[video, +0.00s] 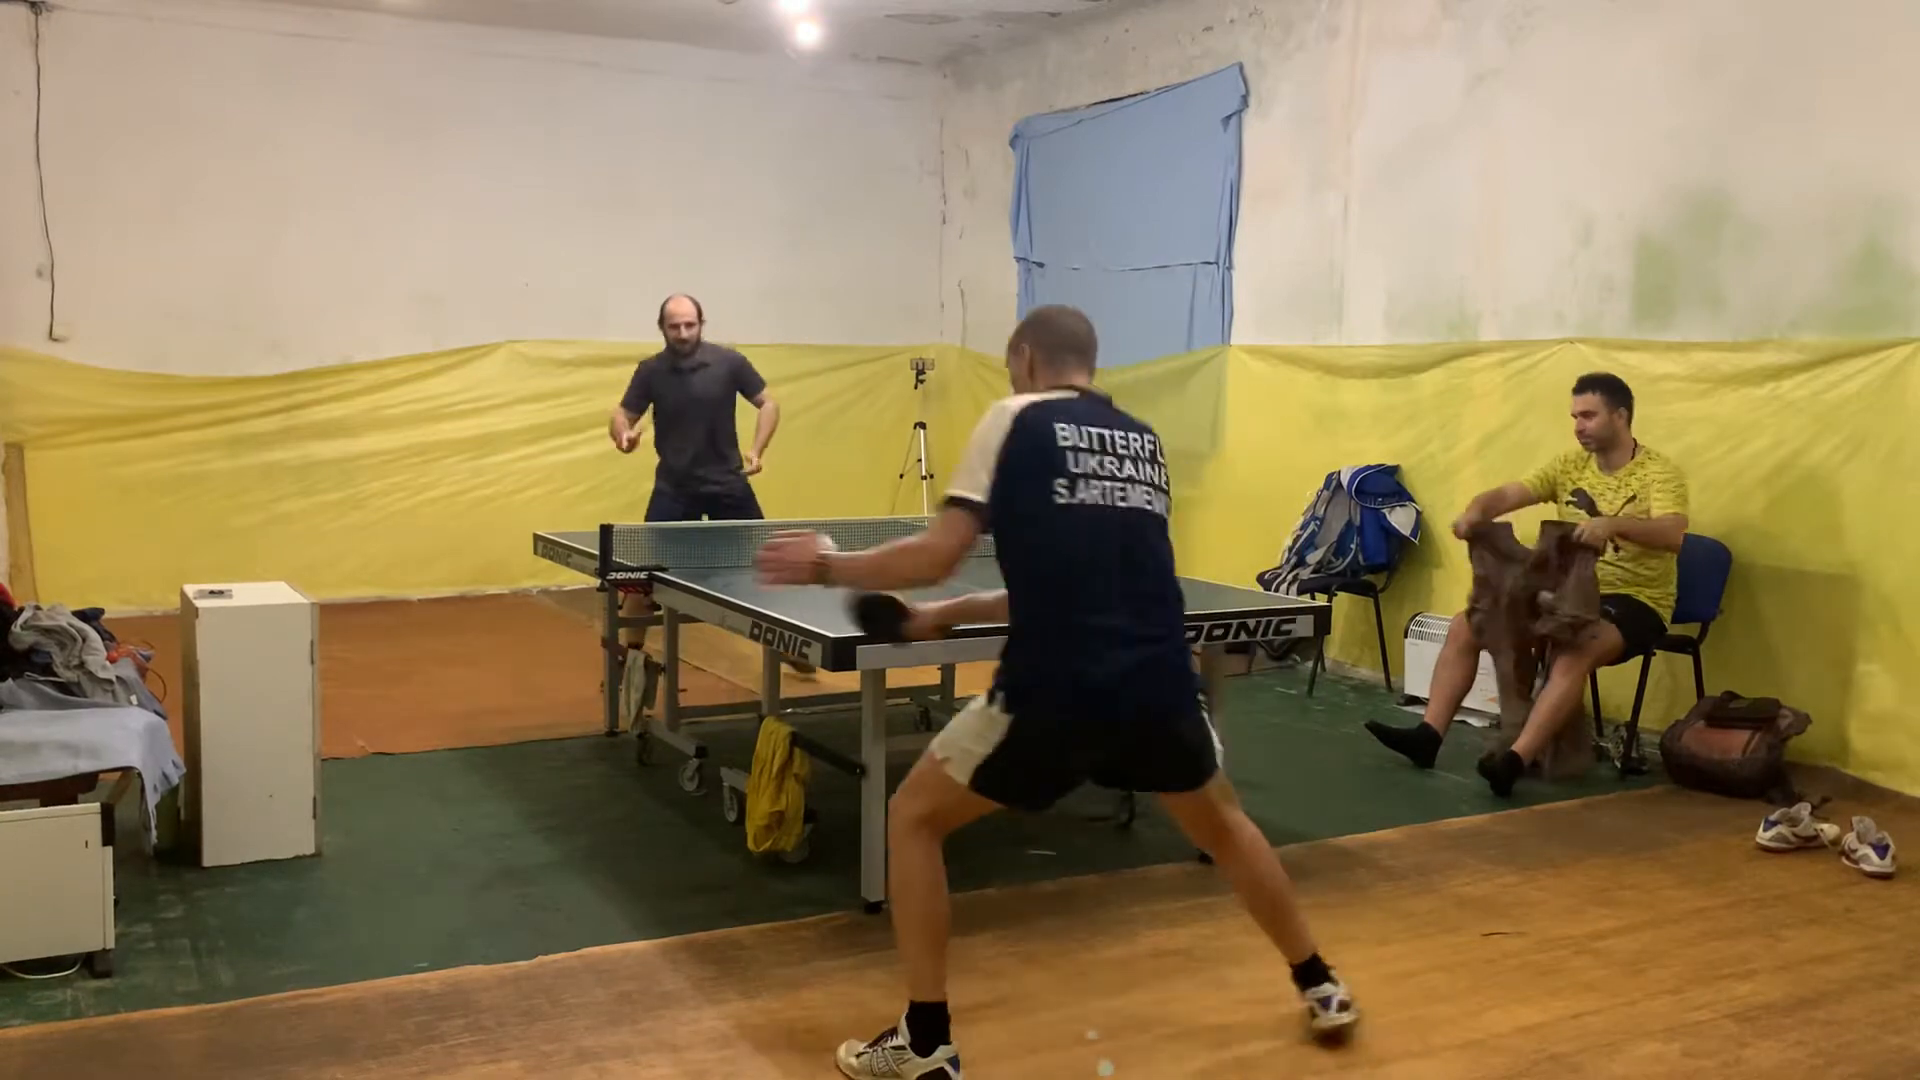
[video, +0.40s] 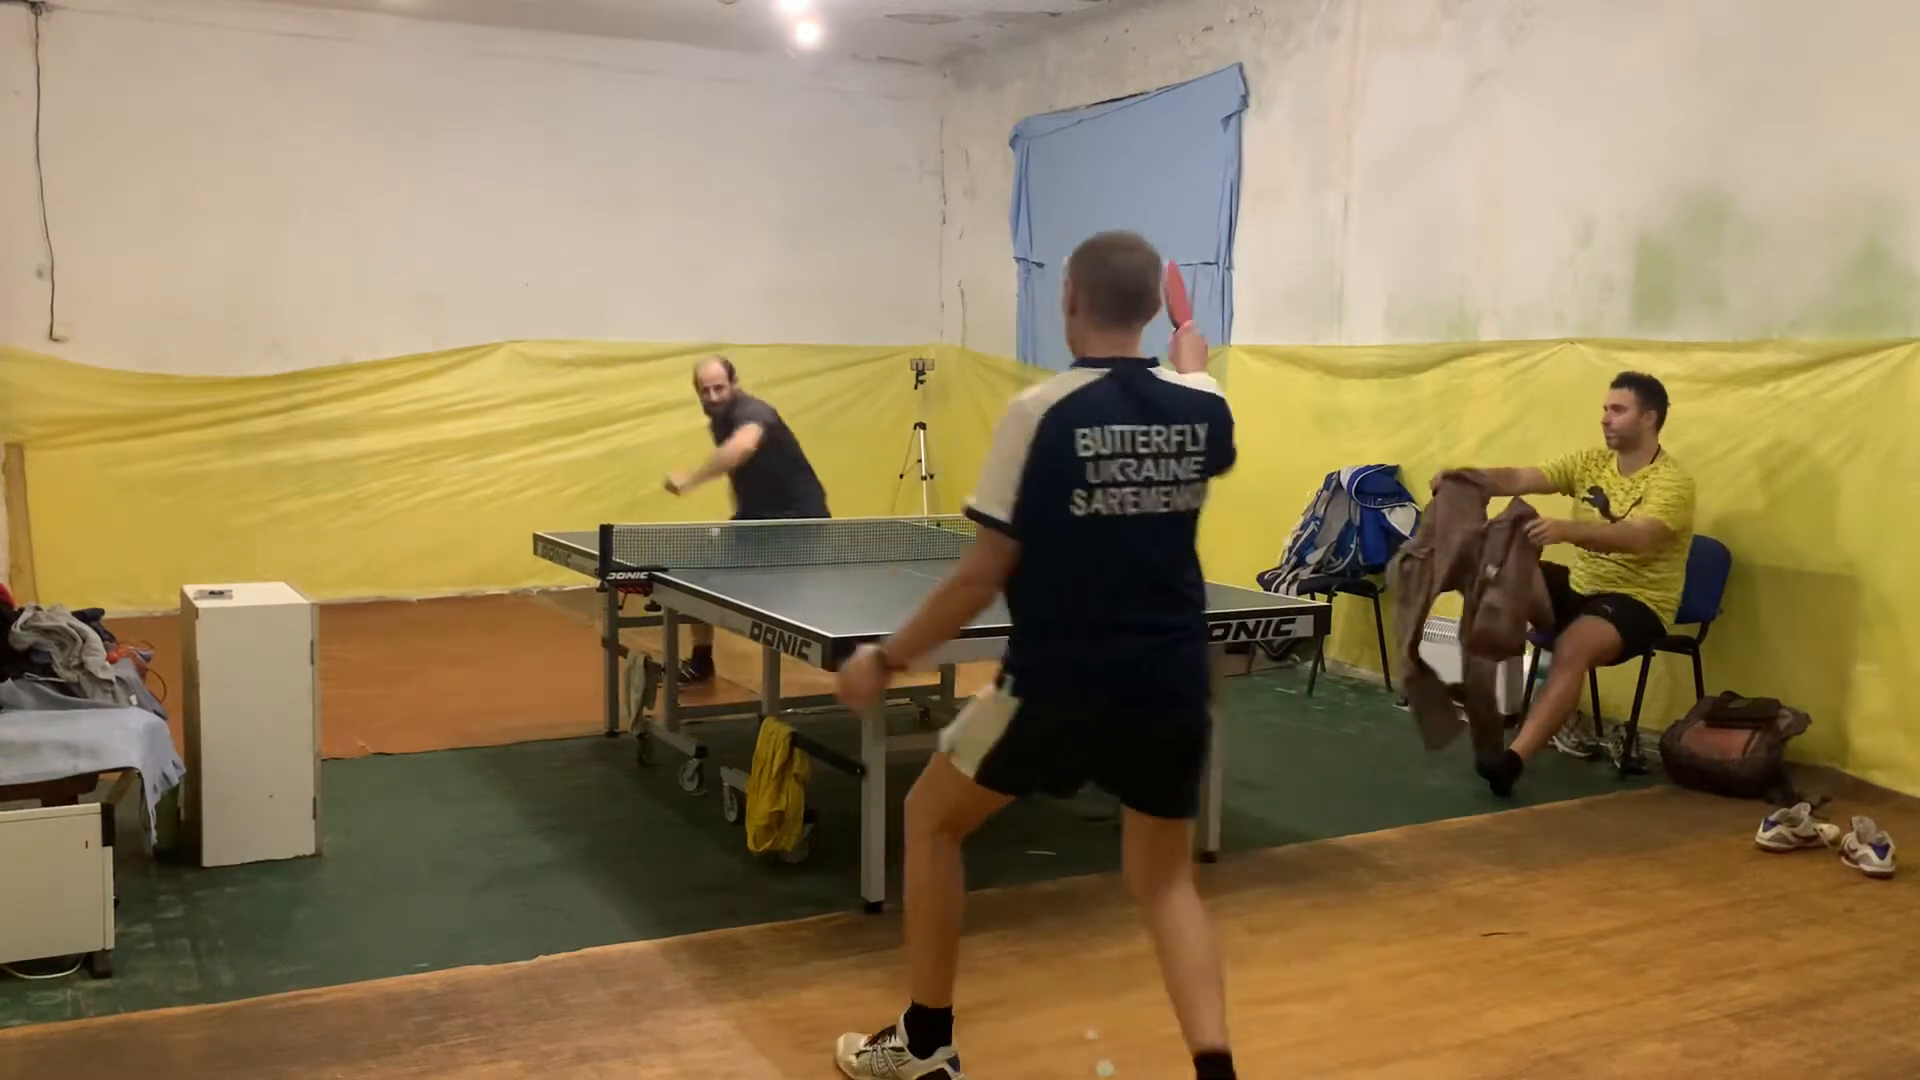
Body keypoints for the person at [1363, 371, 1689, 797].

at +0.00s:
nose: (1578, 426)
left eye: (1587, 416)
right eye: (1574, 416)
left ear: (1621, 416)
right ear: (1574, 417)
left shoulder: (1659, 473)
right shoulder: (1572, 466)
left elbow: (1674, 536)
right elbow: (1508, 496)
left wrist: (1613, 524)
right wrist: (1476, 510)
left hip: (1637, 600)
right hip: (1570, 592)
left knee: (1572, 653)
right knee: (1465, 625)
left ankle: (1514, 759)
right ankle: (1429, 734)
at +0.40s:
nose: (1605, 419)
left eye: (1617, 410)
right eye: (1605, 410)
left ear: (1651, 419)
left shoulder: (1672, 481)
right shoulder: (1592, 462)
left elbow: (1643, 537)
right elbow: (1522, 479)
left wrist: (1567, 531)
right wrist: (1468, 480)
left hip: (1638, 601)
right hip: (1578, 587)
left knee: (1572, 646)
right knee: (1495, 578)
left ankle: (1513, 761)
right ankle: (1476, 701)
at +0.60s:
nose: (1606, 420)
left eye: (1618, 412)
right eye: (1606, 411)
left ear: (1651, 422)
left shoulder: (1672, 483)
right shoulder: (1594, 466)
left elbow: (1638, 549)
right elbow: (1522, 499)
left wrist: (1560, 567)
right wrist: (1458, 522)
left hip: (1643, 602)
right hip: (1589, 588)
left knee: (1572, 645)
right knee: (1520, 524)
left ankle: (1513, 760)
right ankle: (1527, 633)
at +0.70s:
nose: (1606, 421)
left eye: (1617, 413)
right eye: (1605, 412)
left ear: (1651, 423)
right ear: (1605, 415)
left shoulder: (1671, 485)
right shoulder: (1597, 470)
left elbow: (1631, 561)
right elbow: (1529, 511)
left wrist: (1562, 589)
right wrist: (1469, 553)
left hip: (1644, 600)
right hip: (1593, 585)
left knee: (1573, 646)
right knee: (1523, 521)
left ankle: (1514, 760)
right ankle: (1520, 625)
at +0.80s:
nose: (1606, 422)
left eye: (1618, 414)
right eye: (1606, 413)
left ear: (1652, 424)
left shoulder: (1673, 487)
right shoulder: (1598, 471)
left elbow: (1639, 565)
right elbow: (1540, 523)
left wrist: (1567, 600)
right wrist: (1488, 571)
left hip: (1644, 602)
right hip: (1588, 584)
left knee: (1575, 646)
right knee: (1519, 522)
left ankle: (1514, 760)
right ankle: (1508, 643)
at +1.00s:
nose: (1608, 421)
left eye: (1620, 413)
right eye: (1607, 412)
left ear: (1653, 422)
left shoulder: (1672, 485)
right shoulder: (1596, 471)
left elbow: (1641, 563)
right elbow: (1544, 524)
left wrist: (1569, 592)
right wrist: (1491, 568)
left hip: (1643, 601)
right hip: (1588, 584)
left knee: (1573, 645)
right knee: (1517, 524)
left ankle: (1515, 759)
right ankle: (1512, 655)